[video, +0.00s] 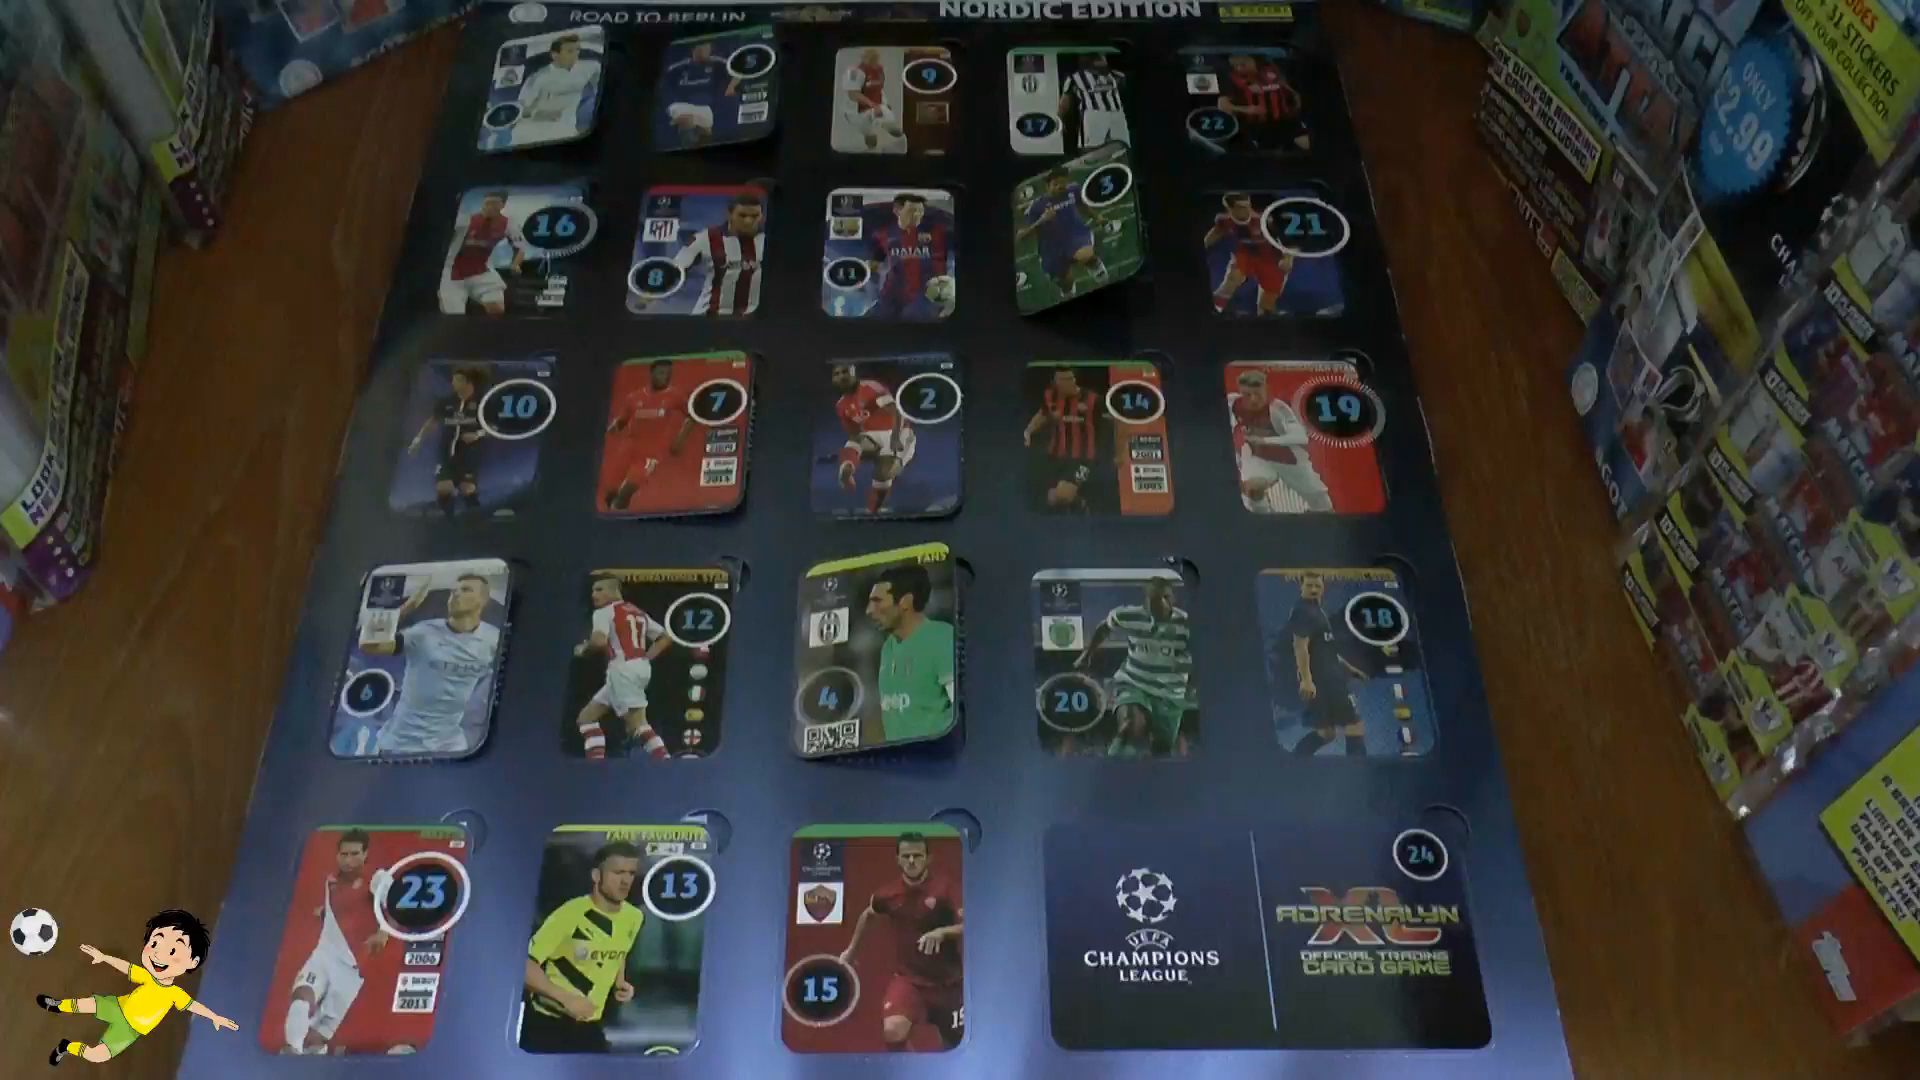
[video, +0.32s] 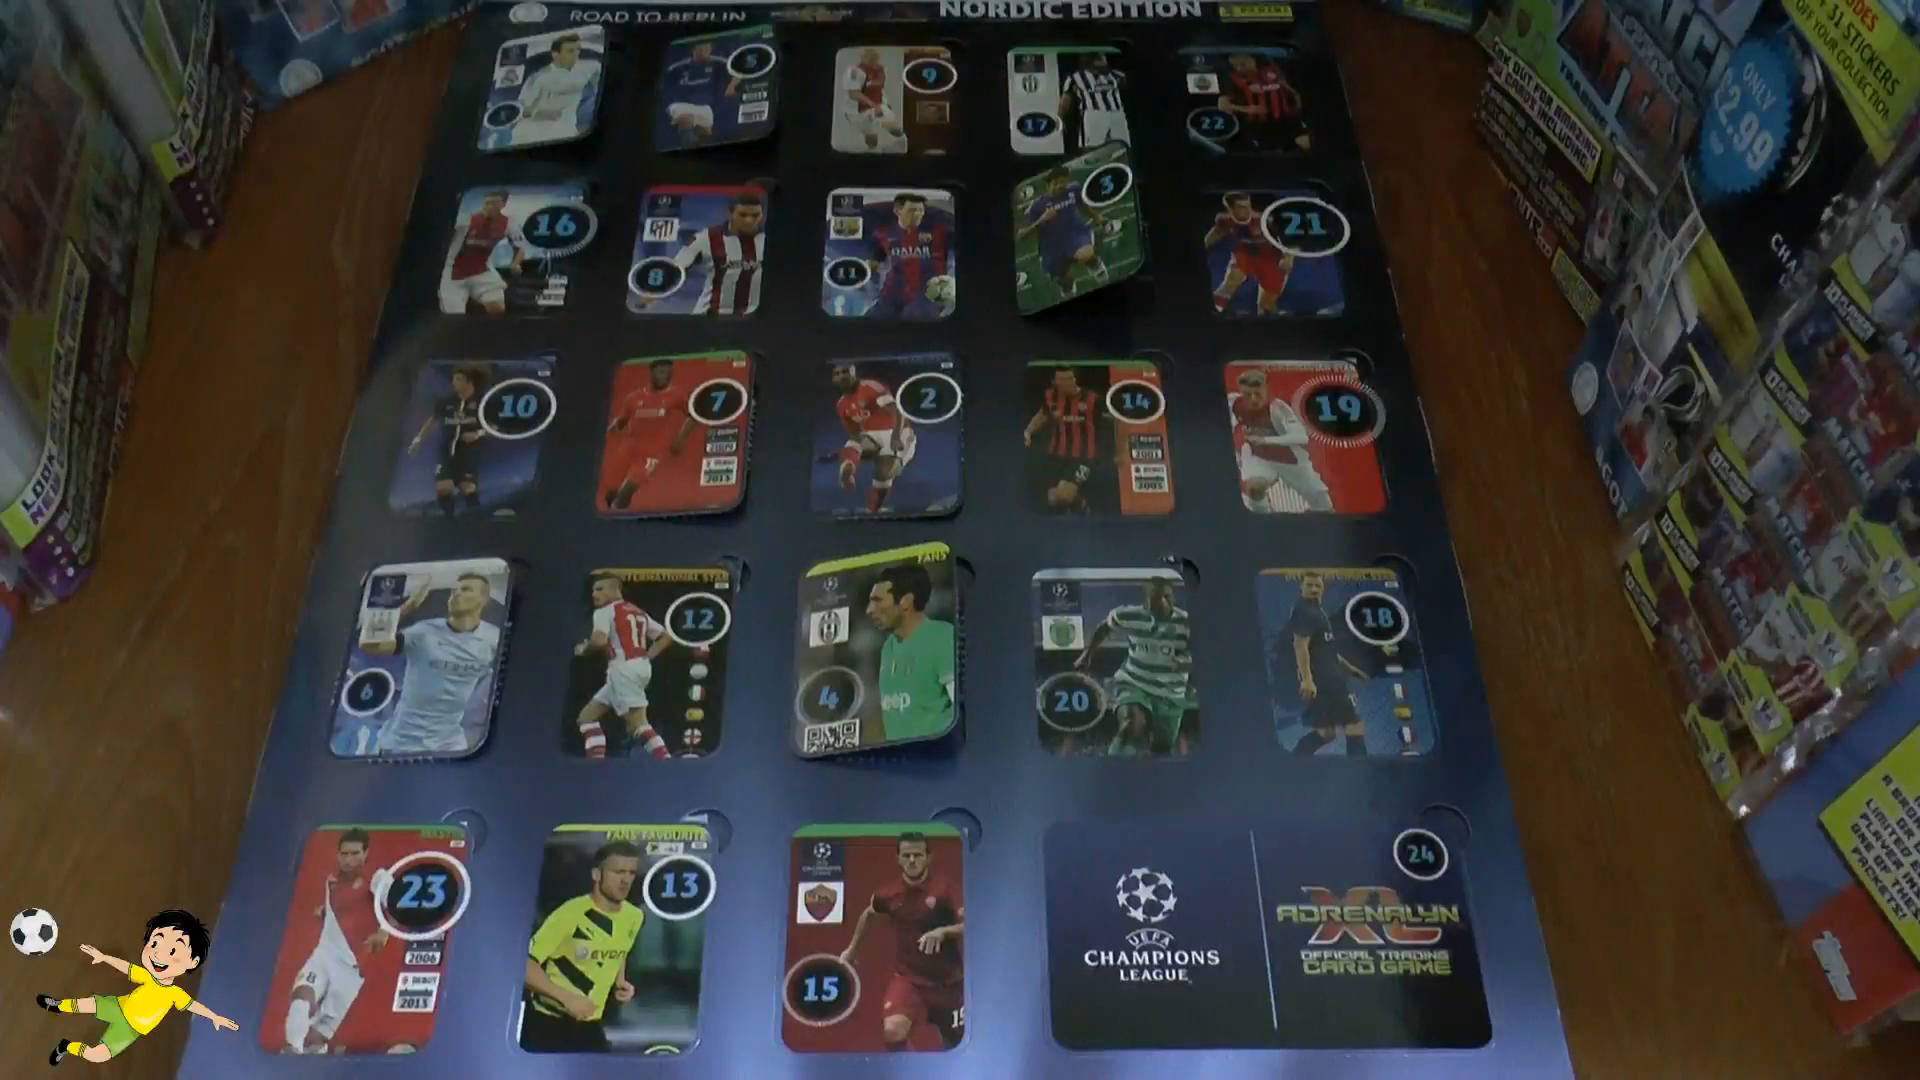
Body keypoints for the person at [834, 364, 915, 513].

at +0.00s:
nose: (841, 377)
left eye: (845, 372)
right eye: (837, 374)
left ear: (854, 374)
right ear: (833, 379)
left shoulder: (870, 387)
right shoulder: (842, 406)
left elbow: (896, 411)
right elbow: (854, 436)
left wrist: (895, 437)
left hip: (896, 433)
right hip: (871, 435)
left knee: (883, 472)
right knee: (852, 444)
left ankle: (872, 512)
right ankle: (847, 471)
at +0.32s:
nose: (841, 377)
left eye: (845, 372)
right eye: (837, 374)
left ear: (854, 374)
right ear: (833, 379)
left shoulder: (870, 387)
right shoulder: (842, 405)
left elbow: (896, 410)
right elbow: (854, 435)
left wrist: (896, 436)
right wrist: (847, 456)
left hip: (894, 433)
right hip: (871, 436)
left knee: (883, 473)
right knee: (853, 443)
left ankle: (872, 513)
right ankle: (847, 472)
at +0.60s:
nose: (842, 376)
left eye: (846, 372)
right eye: (837, 374)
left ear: (854, 373)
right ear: (834, 379)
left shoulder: (871, 387)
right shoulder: (842, 405)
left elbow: (896, 410)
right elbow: (855, 434)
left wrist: (896, 436)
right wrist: (848, 456)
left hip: (895, 433)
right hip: (871, 435)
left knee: (884, 473)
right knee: (854, 443)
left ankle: (872, 514)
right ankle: (848, 472)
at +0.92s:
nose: (842, 376)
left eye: (846, 372)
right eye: (837, 374)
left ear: (854, 374)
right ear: (834, 379)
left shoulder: (871, 387)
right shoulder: (842, 405)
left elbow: (896, 410)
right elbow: (854, 434)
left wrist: (896, 436)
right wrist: (844, 454)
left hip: (895, 432)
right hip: (872, 435)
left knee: (883, 472)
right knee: (854, 442)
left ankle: (872, 514)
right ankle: (847, 473)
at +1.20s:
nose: (842, 376)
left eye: (845, 372)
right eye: (837, 374)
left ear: (854, 374)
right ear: (833, 379)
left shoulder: (871, 387)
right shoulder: (841, 405)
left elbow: (895, 410)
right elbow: (854, 434)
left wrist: (895, 435)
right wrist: (844, 454)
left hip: (895, 432)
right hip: (871, 435)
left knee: (883, 473)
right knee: (854, 442)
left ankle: (871, 514)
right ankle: (847, 473)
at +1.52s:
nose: (842, 378)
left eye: (846, 374)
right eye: (838, 375)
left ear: (855, 375)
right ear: (834, 381)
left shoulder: (871, 389)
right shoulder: (842, 407)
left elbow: (896, 412)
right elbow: (855, 436)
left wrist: (897, 438)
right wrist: (848, 457)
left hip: (896, 434)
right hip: (872, 437)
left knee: (884, 475)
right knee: (854, 444)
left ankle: (872, 516)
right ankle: (848, 475)